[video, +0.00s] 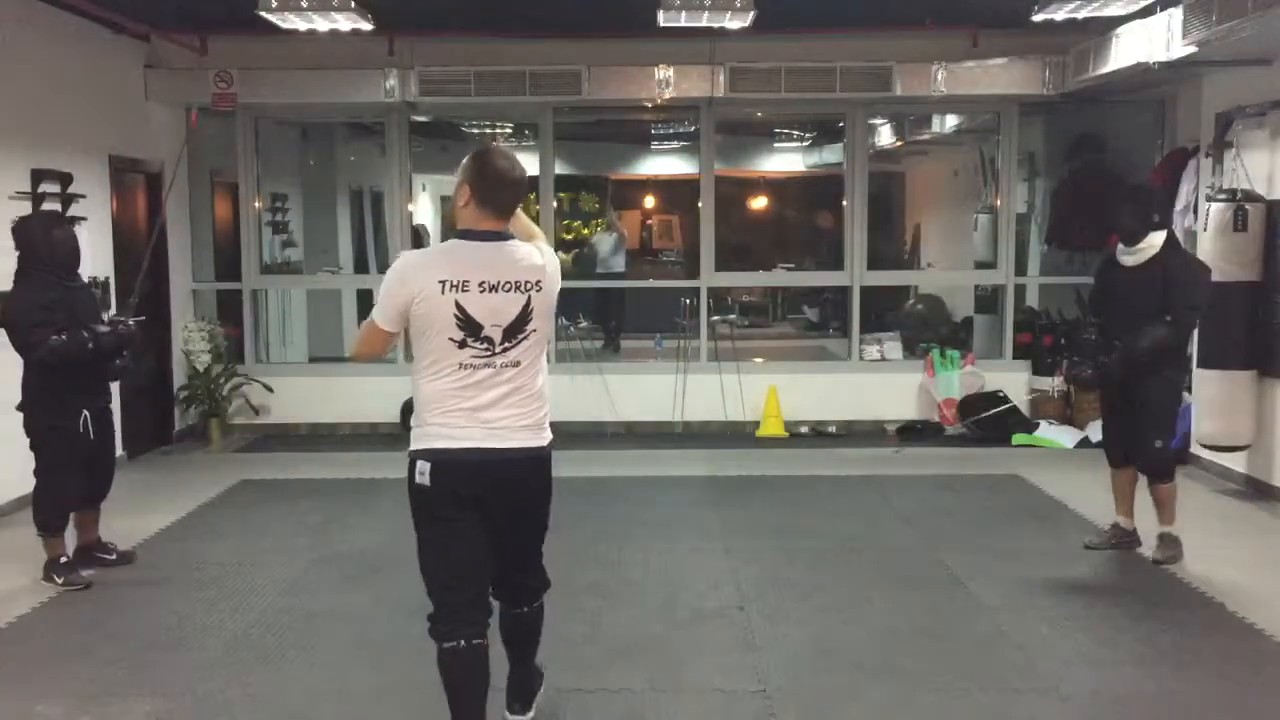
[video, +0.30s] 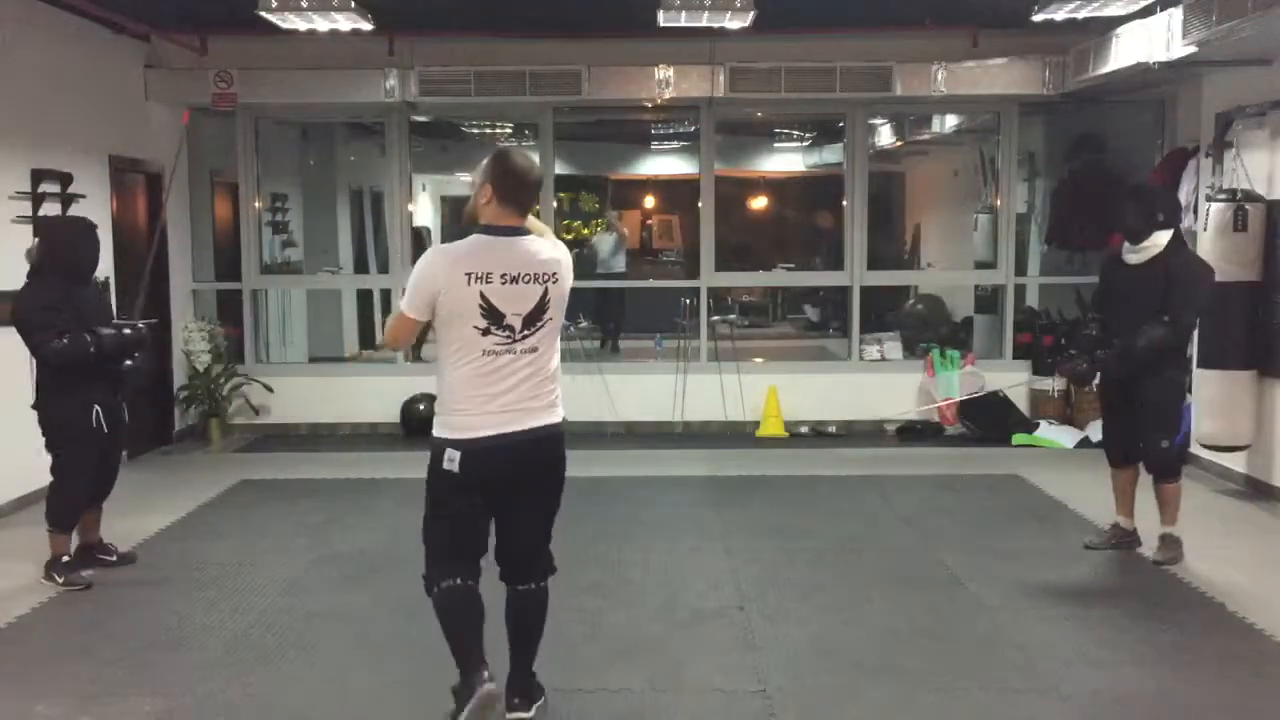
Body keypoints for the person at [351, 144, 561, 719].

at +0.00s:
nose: (455, 191)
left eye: (457, 184)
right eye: (459, 183)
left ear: (464, 194)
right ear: (519, 204)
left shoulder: (415, 268)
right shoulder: (541, 267)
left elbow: (367, 348)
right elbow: (535, 238)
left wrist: (402, 313)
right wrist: (502, 201)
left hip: (443, 459)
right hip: (525, 458)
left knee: (457, 607)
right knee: (521, 580)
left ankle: (468, 714)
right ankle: (522, 690)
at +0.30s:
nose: (473, 192)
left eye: (476, 184)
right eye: (476, 184)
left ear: (486, 193)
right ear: (533, 200)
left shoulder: (443, 261)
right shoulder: (558, 260)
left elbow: (396, 337)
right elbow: (547, 239)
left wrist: (424, 305)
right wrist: (516, 206)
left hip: (465, 444)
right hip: (542, 441)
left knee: (451, 565)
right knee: (528, 565)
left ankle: (475, 676)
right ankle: (523, 687)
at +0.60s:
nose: (472, 193)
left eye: (475, 185)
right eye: (476, 184)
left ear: (483, 192)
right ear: (529, 199)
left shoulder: (444, 258)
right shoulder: (554, 256)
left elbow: (400, 331)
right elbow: (531, 310)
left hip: (465, 432)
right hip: (537, 431)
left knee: (456, 545)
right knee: (526, 551)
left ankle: (461, 652)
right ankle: (521, 683)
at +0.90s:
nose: (447, 205)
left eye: (449, 198)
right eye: (454, 198)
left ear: (454, 204)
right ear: (500, 211)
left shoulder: (418, 266)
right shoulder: (528, 260)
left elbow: (386, 333)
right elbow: (524, 249)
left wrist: (420, 300)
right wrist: (485, 225)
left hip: (445, 427)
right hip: (513, 424)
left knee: (445, 533)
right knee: (515, 533)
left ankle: (452, 633)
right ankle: (518, 656)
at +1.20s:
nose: (430, 202)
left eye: (430, 195)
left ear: (431, 200)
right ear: (476, 204)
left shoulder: (394, 257)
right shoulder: (503, 256)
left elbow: (373, 324)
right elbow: (542, 294)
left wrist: (412, 310)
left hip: (427, 415)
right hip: (493, 411)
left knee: (439, 524)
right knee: (514, 502)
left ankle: (451, 632)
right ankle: (515, 607)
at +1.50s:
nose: (432, 209)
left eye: (434, 202)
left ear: (436, 207)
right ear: (480, 215)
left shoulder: (397, 258)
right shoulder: (497, 261)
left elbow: (392, 320)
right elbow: (556, 310)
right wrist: (519, 330)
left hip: (426, 416)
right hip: (490, 413)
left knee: (435, 525)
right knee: (503, 505)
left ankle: (451, 632)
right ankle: (518, 596)